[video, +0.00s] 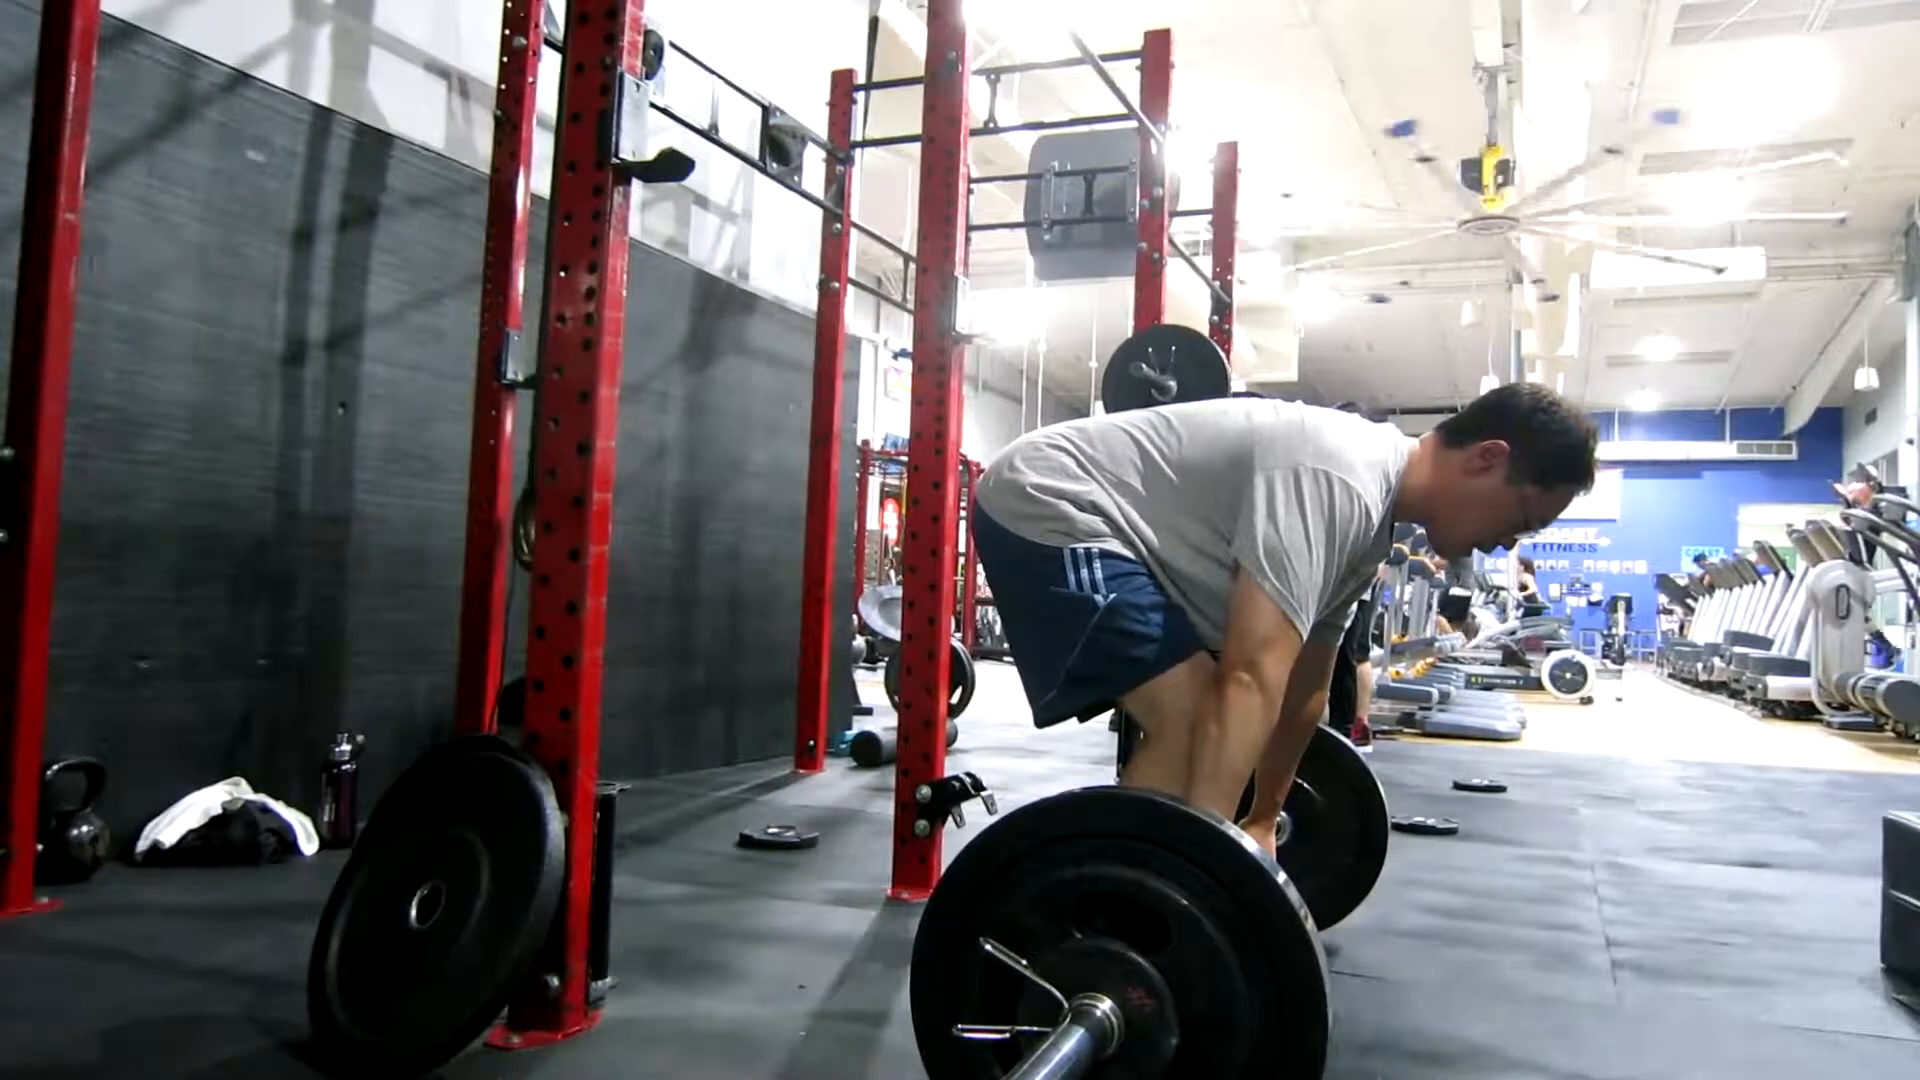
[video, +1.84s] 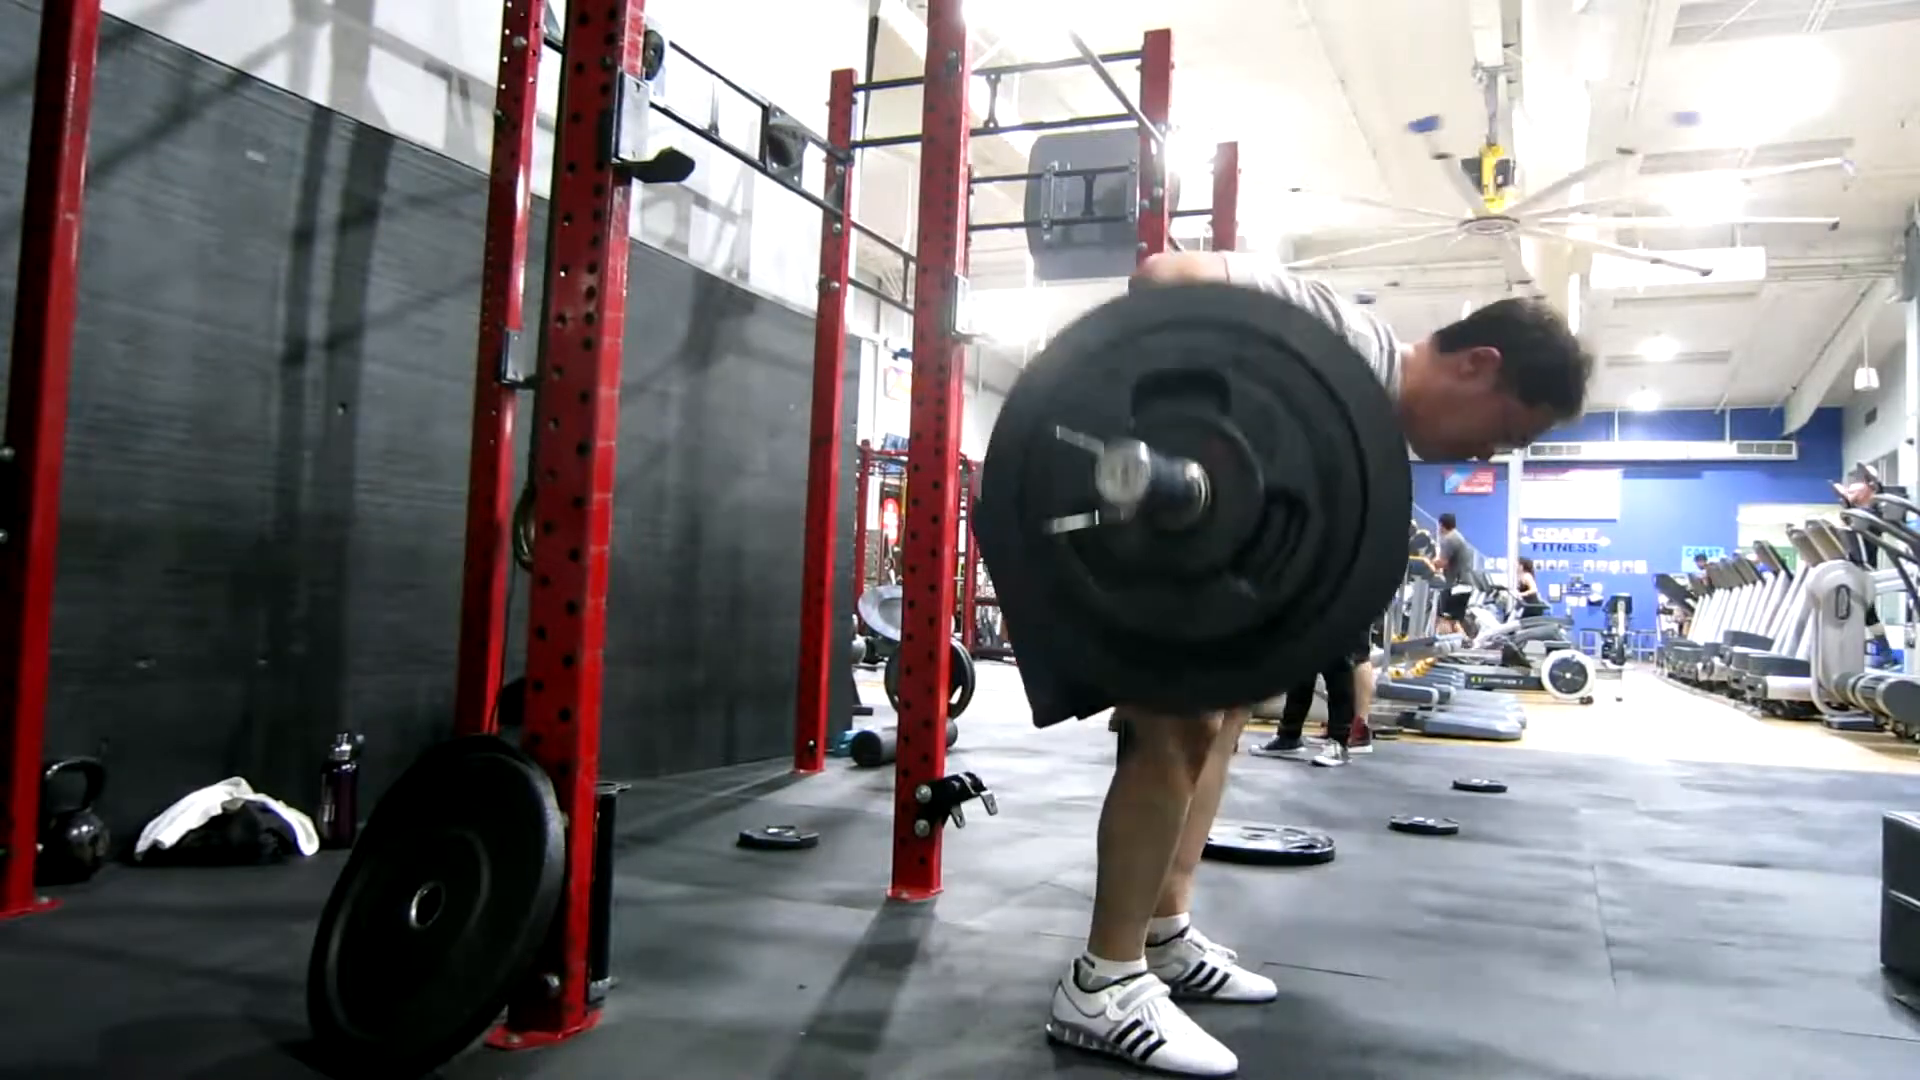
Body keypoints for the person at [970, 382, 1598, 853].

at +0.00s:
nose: (1506, 544)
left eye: (1524, 531)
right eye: (1520, 521)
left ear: (1487, 460)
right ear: (1488, 461)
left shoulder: (1369, 514)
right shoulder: (1334, 475)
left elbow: (1305, 691)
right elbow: (1247, 674)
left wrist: (1260, 821)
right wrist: (1192, 869)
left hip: (1096, 521)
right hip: (1051, 502)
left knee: (1190, 723)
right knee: (1202, 708)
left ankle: (1115, 909)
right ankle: (1151, 908)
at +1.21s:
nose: (1486, 486)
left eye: (1502, 473)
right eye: (1495, 461)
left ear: (1460, 403)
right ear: (1461, 402)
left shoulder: (1355, 487)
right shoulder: (1302, 436)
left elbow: (1276, 631)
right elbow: (1201, 617)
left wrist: (1266, 783)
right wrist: (1205, 812)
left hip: (1107, 535)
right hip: (1038, 507)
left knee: (1223, 716)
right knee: (1189, 730)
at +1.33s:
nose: (1485, 454)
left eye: (1504, 441)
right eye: (1498, 428)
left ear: (1463, 366)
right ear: (1464, 367)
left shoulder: (1350, 460)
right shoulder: (1311, 395)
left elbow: (1259, 594)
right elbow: (1187, 541)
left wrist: (1273, 738)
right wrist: (1211, 733)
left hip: (1110, 526)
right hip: (1045, 495)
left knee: (1134, 753)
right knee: (1109, 749)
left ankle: (1145, 998)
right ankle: (1106, 1009)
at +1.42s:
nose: (1482, 421)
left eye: (1500, 409)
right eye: (1494, 397)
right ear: (1463, 335)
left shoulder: (1341, 423)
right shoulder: (1309, 362)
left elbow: (1255, 550)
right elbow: (1183, 469)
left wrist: (1272, 694)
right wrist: (1203, 668)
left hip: (1120, 515)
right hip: (1049, 490)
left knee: (1185, 717)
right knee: (1110, 734)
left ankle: (1176, 948)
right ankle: (1102, 985)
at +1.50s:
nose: (1474, 387)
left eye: (1491, 374)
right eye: (1488, 364)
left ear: (1455, 300)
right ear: (1457, 298)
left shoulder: (1350, 389)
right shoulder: (1308, 321)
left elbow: (1257, 500)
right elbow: (1170, 413)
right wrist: (1212, 589)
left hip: (1113, 502)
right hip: (1045, 485)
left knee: (1183, 703)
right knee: (1148, 715)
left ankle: (1161, 932)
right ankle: (1103, 980)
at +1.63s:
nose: (1468, 365)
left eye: (1487, 354)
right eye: (1483, 342)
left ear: (1448, 279)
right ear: (1450, 274)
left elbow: (1336, 529)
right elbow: (1154, 321)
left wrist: (1350, 663)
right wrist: (1212, 473)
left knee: (1211, 717)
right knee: (1163, 725)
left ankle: (1163, 932)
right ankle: (1103, 980)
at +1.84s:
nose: (1486, 458)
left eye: (1507, 446)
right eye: (1503, 435)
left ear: (1472, 366)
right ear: (1476, 366)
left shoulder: (1371, 397)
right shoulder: (1346, 336)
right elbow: (1168, 271)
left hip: (1200, 555)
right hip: (1133, 533)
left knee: (1220, 724)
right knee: (1172, 733)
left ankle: (1162, 939)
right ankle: (1102, 981)